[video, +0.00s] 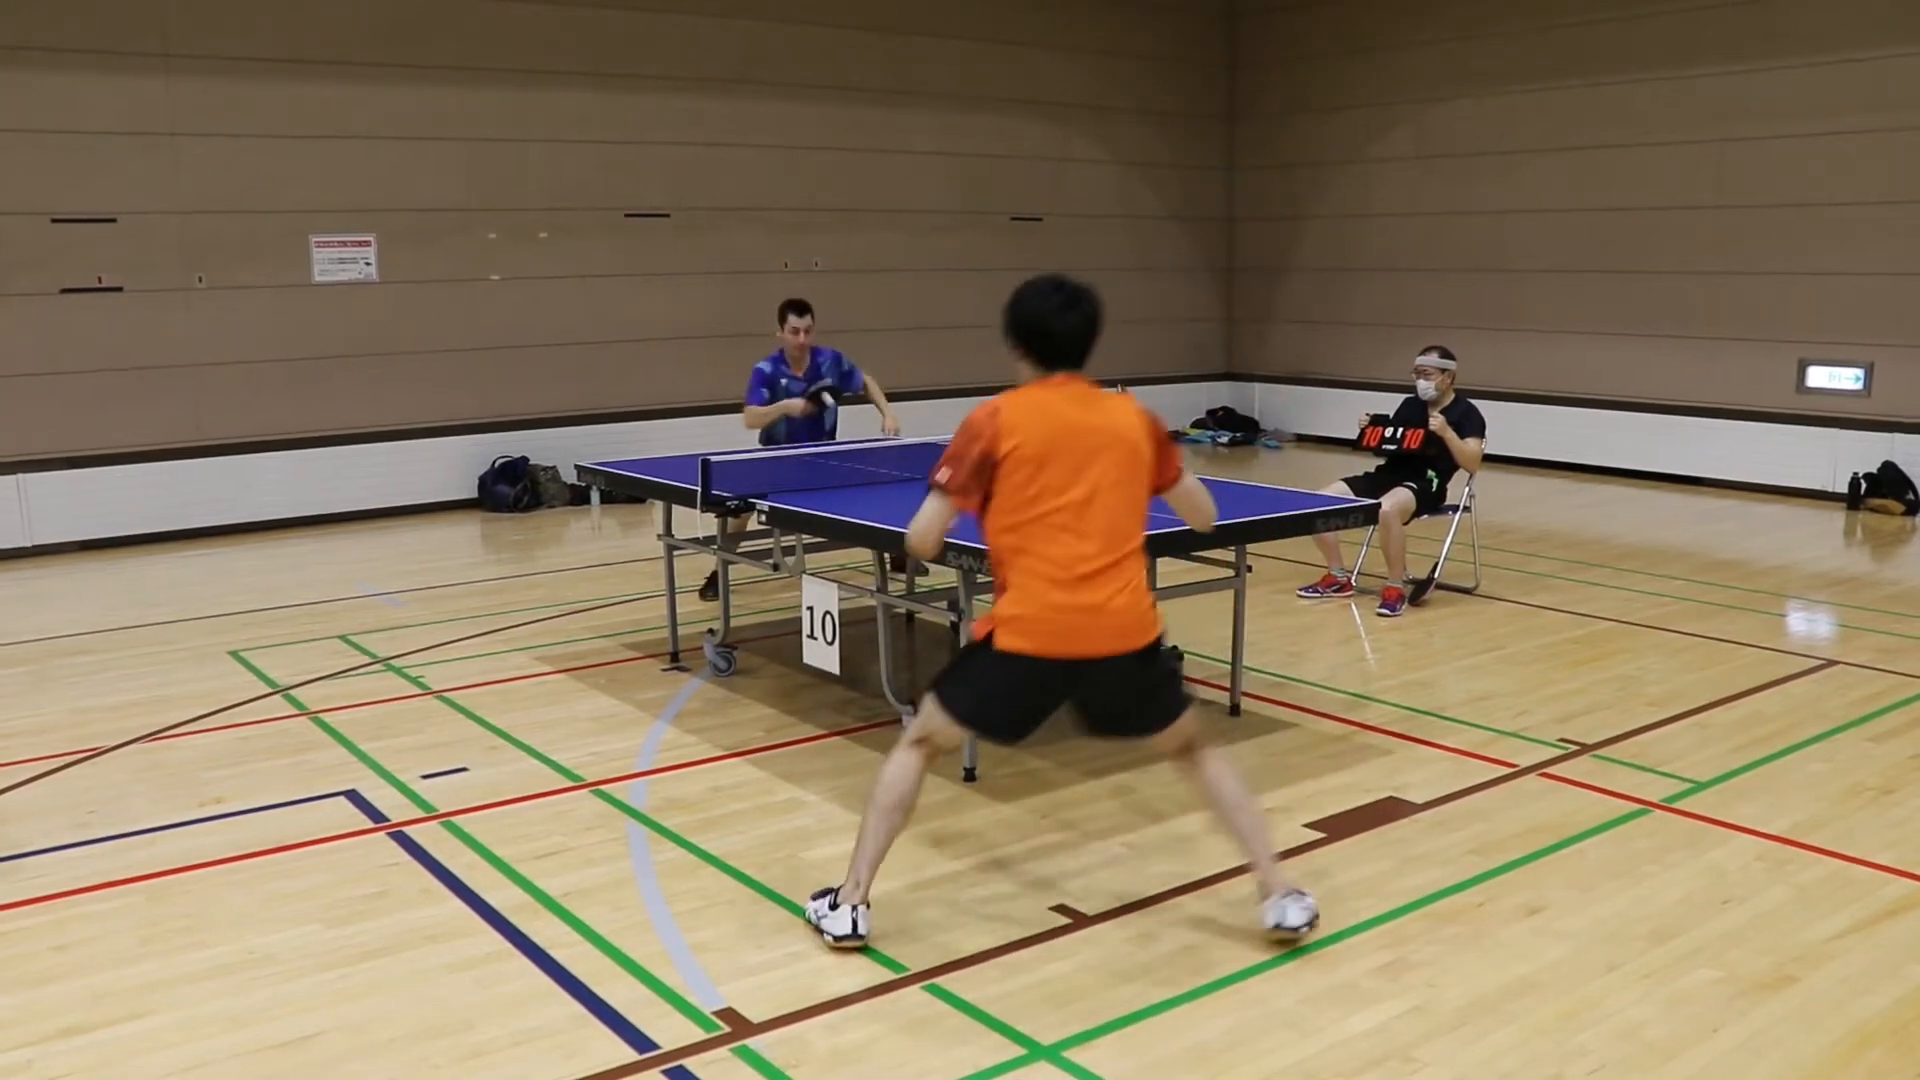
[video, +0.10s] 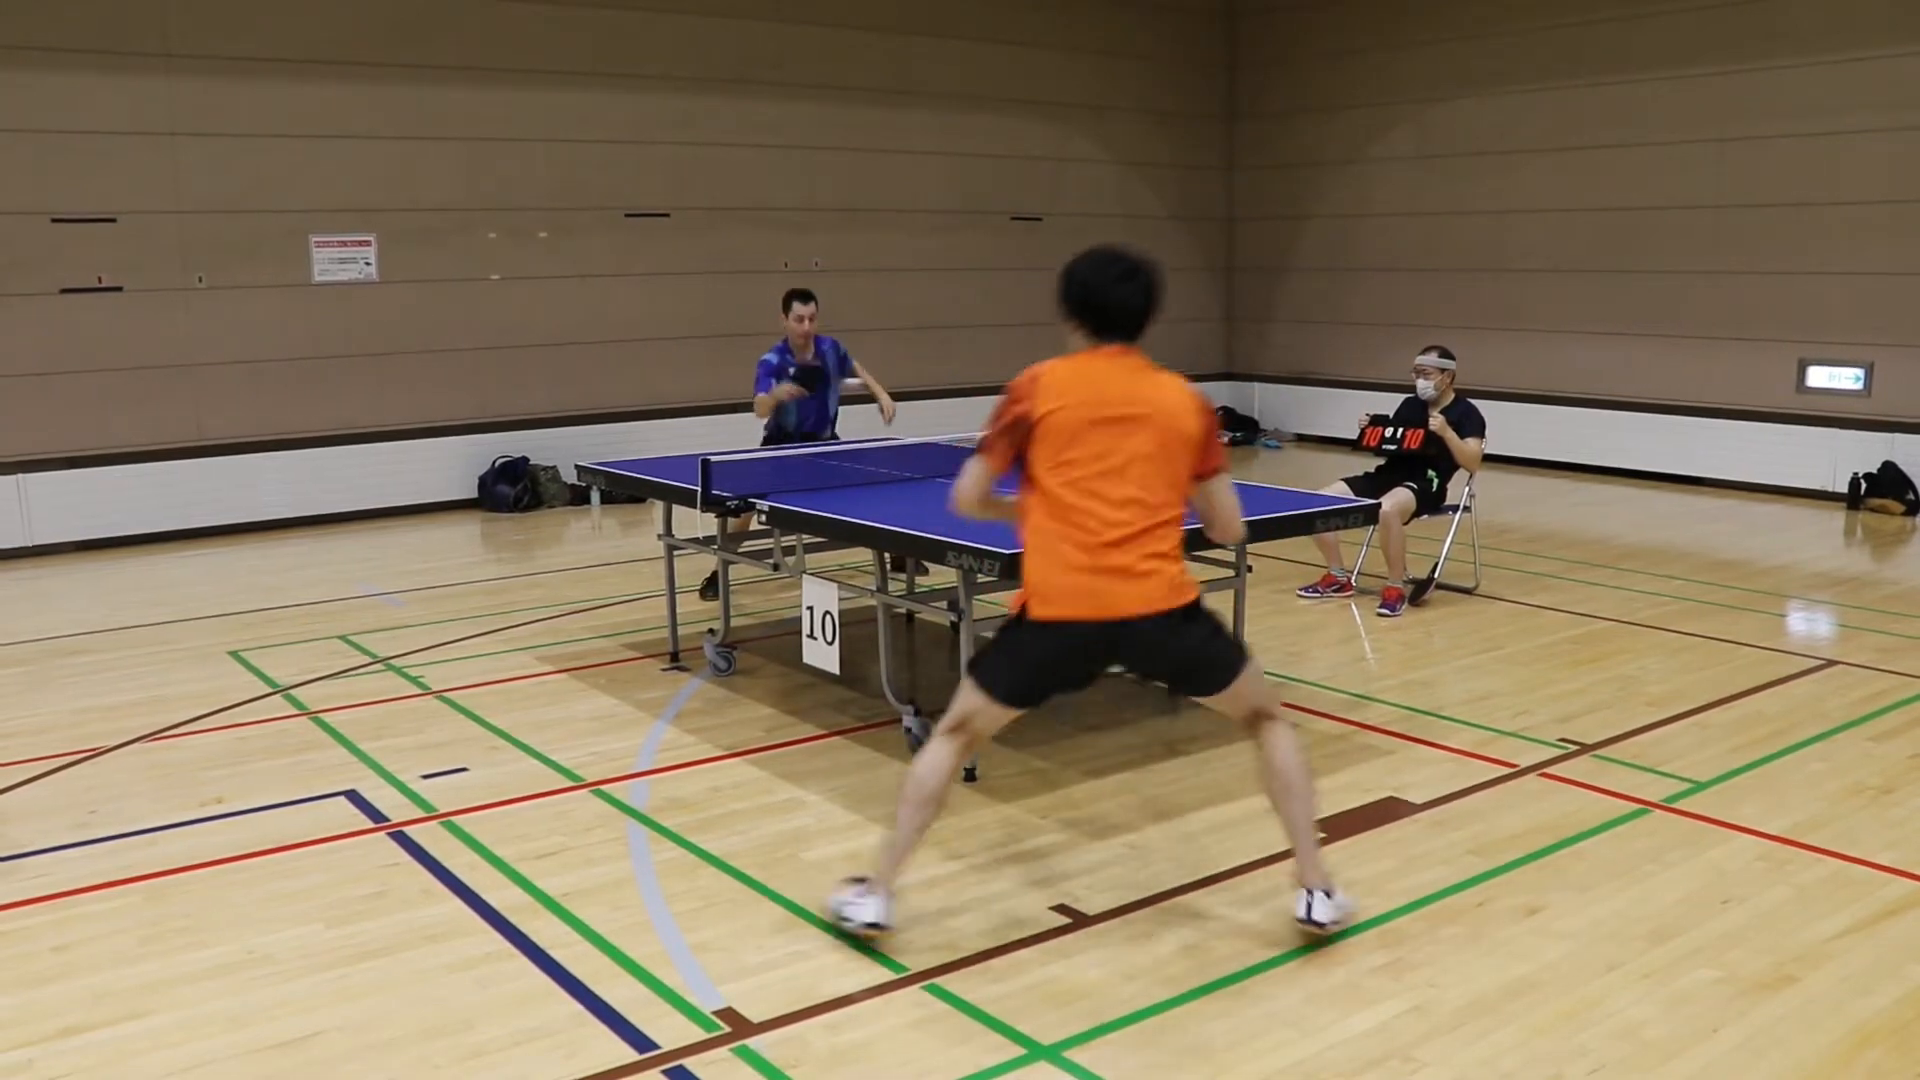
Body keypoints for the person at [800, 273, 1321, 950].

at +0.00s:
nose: (1010, 346)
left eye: (1012, 337)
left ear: (1018, 344)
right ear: (1090, 342)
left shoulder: (993, 421)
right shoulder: (1134, 419)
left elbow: (922, 544)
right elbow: (1203, 517)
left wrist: (925, 542)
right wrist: (1158, 464)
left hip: (1025, 644)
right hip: (1126, 642)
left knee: (920, 743)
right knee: (1194, 749)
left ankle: (851, 901)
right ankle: (1281, 895)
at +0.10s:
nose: (1061, 319)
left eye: (1066, 309)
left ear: (1071, 315)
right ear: (1145, 317)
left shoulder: (1038, 388)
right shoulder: (1184, 399)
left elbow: (966, 500)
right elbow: (1228, 527)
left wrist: (1032, 509)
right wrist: (1174, 486)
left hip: (1056, 618)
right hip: (1163, 614)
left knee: (956, 733)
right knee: (1266, 718)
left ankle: (878, 889)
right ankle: (1316, 887)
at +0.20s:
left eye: (1131, 310)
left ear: (1132, 317)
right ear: (1208, 322)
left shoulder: (1089, 389)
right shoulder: (1239, 416)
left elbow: (1036, 500)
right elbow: (1263, 561)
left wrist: (1106, 512)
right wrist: (1238, 541)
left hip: (1085, 627)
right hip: (1192, 630)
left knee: (1007, 740)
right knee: (1288, 748)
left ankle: (969, 886)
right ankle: (1372, 909)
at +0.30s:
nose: (1173, 344)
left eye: (1176, 334)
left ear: (1177, 341)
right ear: (1255, 351)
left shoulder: (1125, 411)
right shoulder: (1269, 443)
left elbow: (1094, 512)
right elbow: (1278, 599)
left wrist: (1167, 520)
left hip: (1106, 650)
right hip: (1208, 660)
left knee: (1039, 782)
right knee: (1300, 756)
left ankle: (981, 916)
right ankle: (1376, 916)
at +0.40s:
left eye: (1185, 346)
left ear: (1183, 355)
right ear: (1259, 374)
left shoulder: (1134, 424)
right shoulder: (1251, 461)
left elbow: (1128, 543)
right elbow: (1247, 615)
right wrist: (1297, 695)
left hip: (1088, 668)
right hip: (1191, 684)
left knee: (1018, 798)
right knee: (1302, 761)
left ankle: (932, 901)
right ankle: (1374, 919)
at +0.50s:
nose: (1240, 391)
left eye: (1234, 376)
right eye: (1239, 381)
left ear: (1159, 366)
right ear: (1227, 391)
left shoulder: (1106, 429)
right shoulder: (1183, 471)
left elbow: (1082, 554)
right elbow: (1157, 632)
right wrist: (1242, 711)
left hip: (1041, 676)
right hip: (1127, 692)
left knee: (973, 819)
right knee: (1271, 774)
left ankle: (849, 907)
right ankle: (1373, 923)